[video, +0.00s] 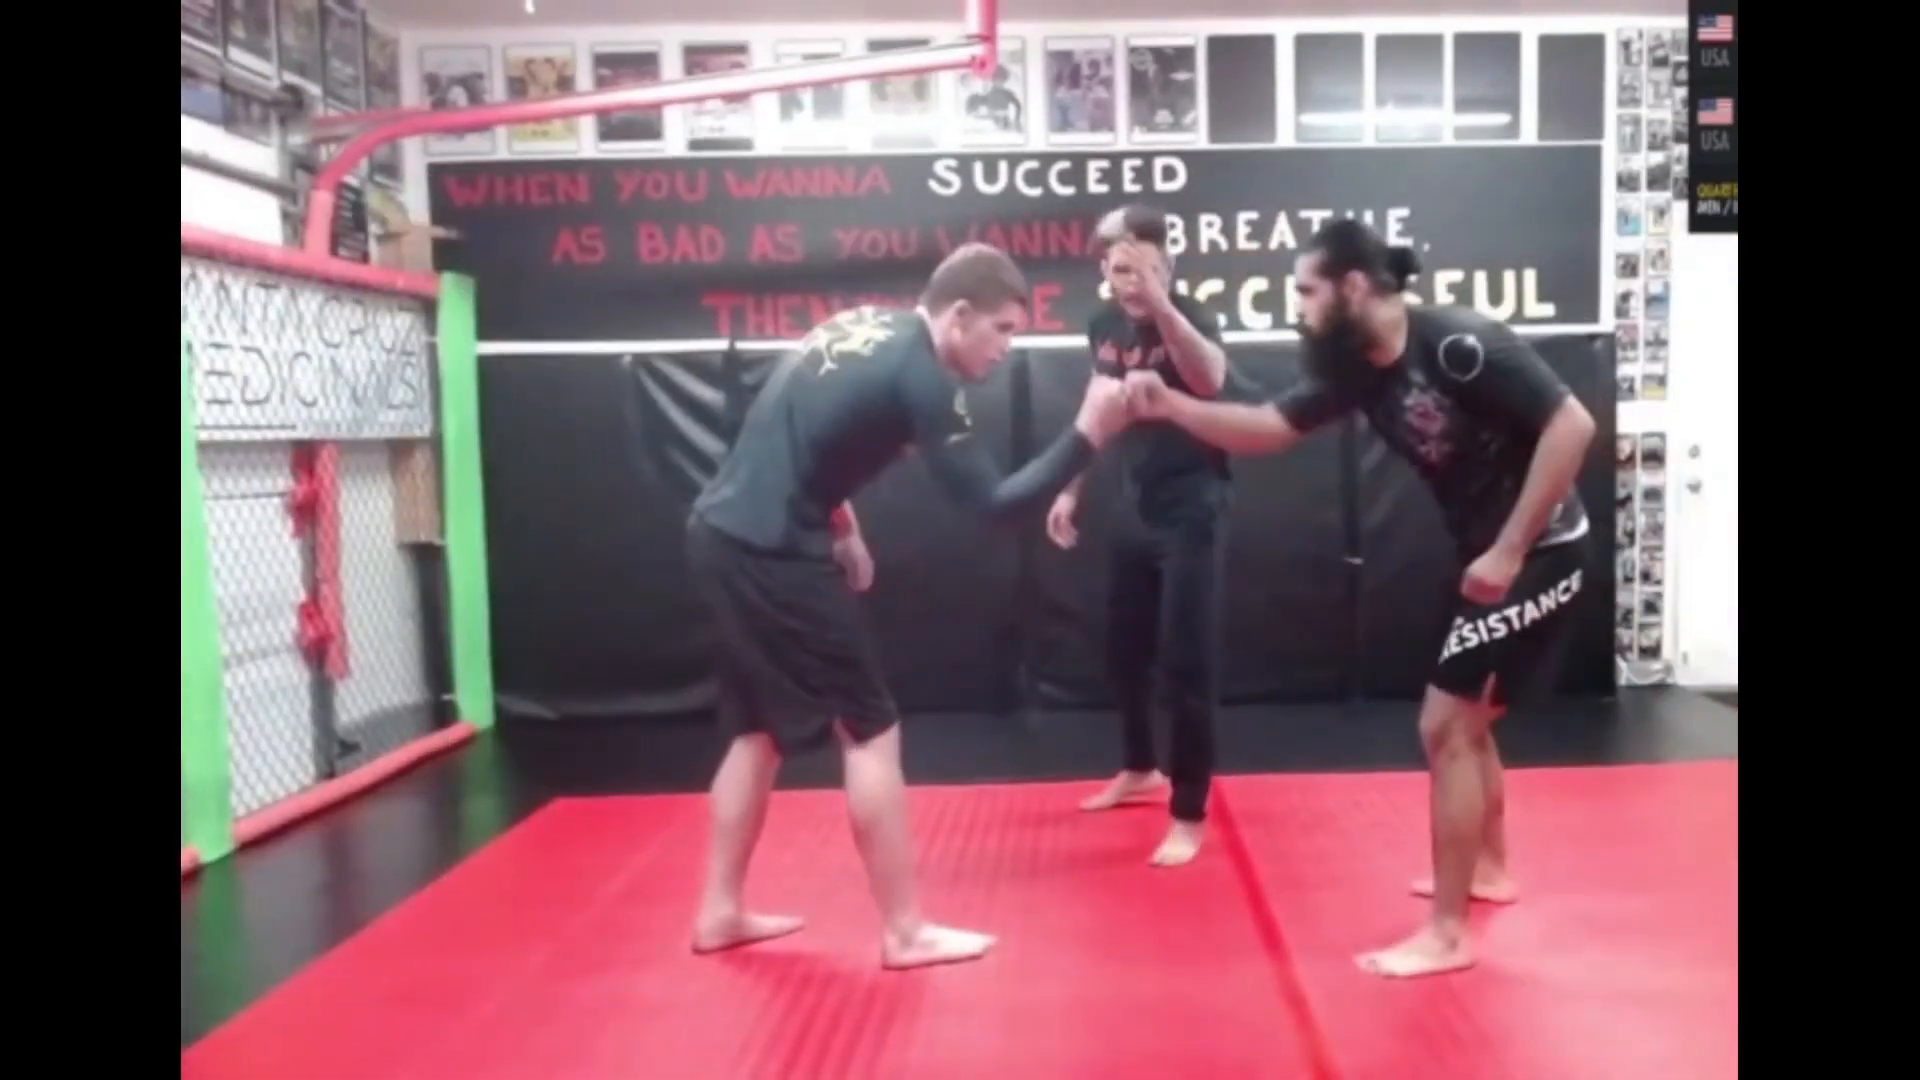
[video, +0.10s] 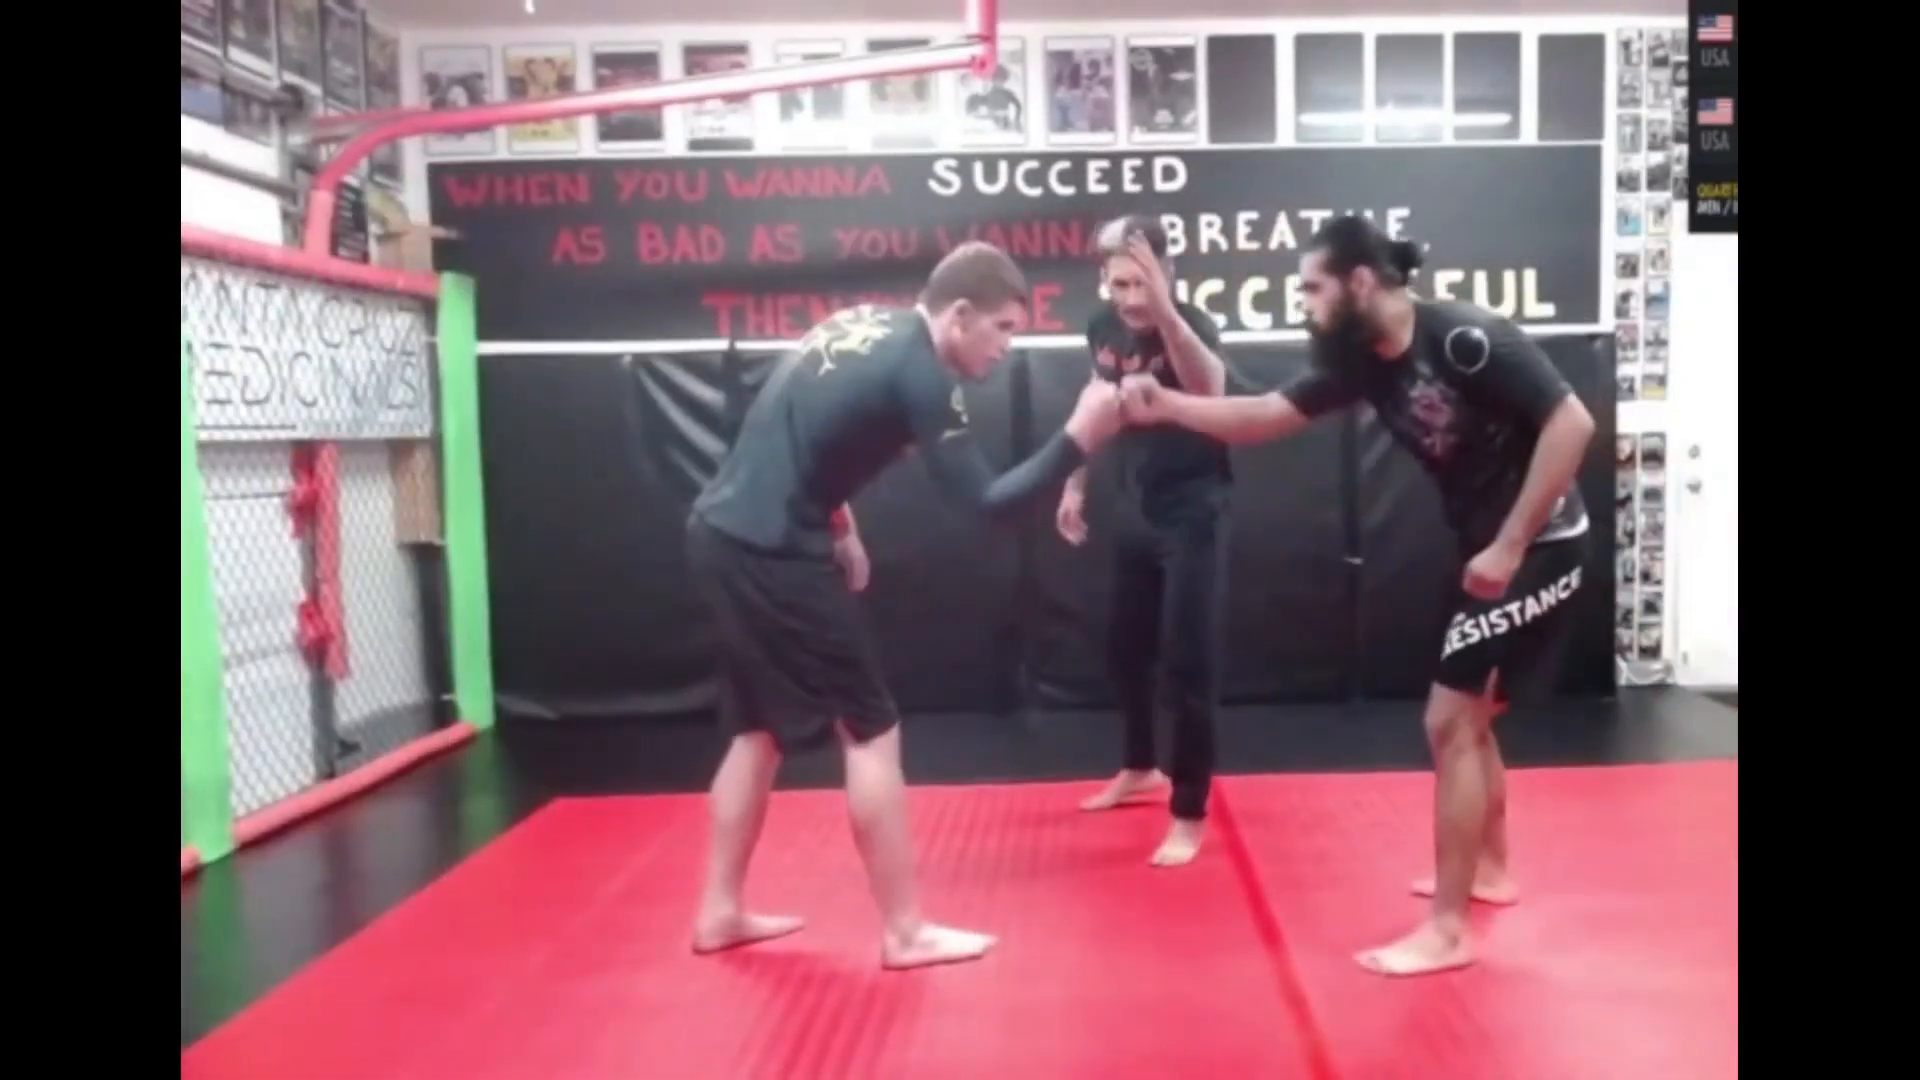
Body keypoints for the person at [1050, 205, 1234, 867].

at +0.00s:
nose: (1127, 281)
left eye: (1138, 269)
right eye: (1116, 269)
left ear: (1165, 267)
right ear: (1104, 273)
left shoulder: (1191, 322)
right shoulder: (1107, 328)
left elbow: (1212, 380)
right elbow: (1097, 415)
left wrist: (1162, 311)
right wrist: (1071, 490)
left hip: (1193, 505)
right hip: (1134, 503)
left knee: (1185, 657)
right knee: (1126, 642)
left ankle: (1189, 814)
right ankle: (1139, 766)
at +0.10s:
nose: (1128, 297)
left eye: (1139, 283)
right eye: (1117, 285)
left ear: (1164, 276)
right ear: (1103, 284)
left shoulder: (1195, 329)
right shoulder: (1105, 330)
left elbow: (1212, 394)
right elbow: (1098, 411)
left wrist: (1167, 315)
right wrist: (1074, 482)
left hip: (1195, 505)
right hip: (1136, 503)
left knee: (1187, 658)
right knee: (1128, 641)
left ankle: (1189, 815)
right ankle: (1139, 764)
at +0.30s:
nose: (1131, 364)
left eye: (1143, 350)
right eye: (1118, 351)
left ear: (1165, 336)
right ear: (1102, 341)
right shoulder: (1099, 364)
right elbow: (1102, 415)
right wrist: (1094, 490)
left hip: (1198, 504)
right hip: (1142, 498)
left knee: (1188, 646)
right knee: (1131, 632)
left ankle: (1190, 812)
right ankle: (1143, 760)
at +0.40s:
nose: (1130, 372)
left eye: (1141, 357)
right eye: (1117, 359)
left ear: (1163, 343)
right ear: (1101, 349)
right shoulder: (1099, 370)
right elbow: (1102, 423)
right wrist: (1096, 496)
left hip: (1199, 509)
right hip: (1144, 504)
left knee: (1189, 647)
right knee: (1130, 634)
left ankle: (1190, 813)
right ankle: (1145, 760)